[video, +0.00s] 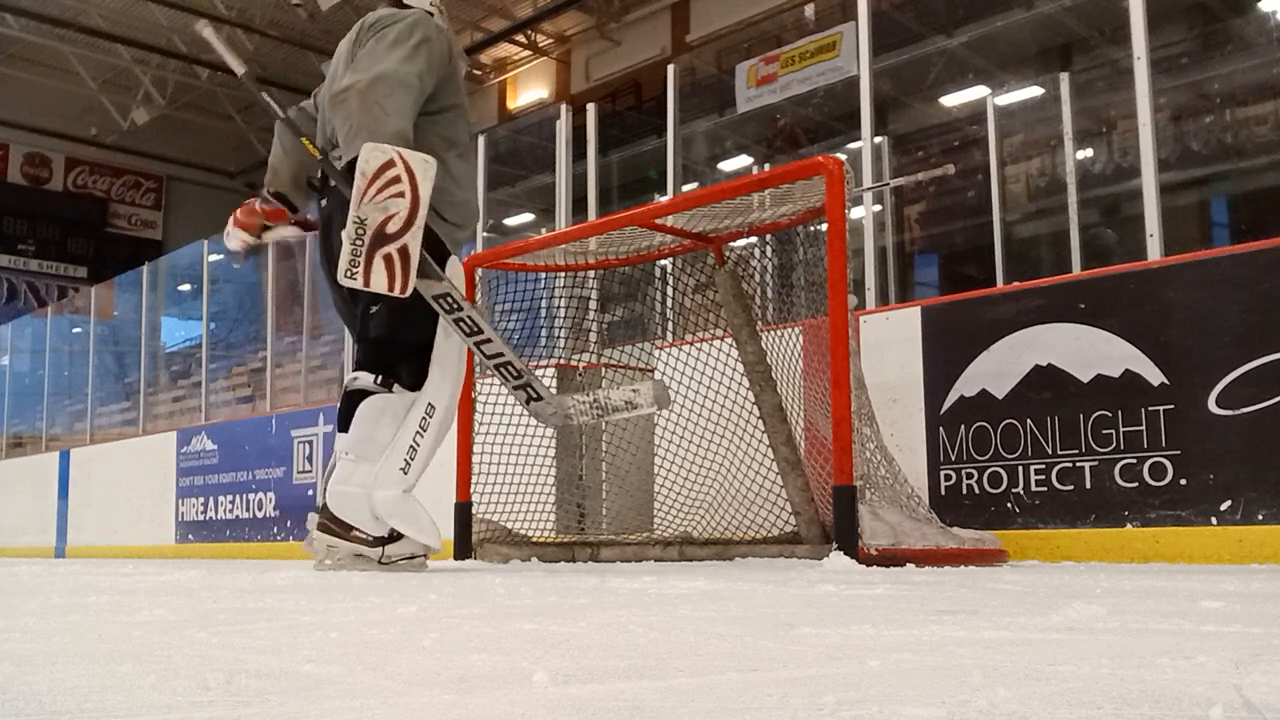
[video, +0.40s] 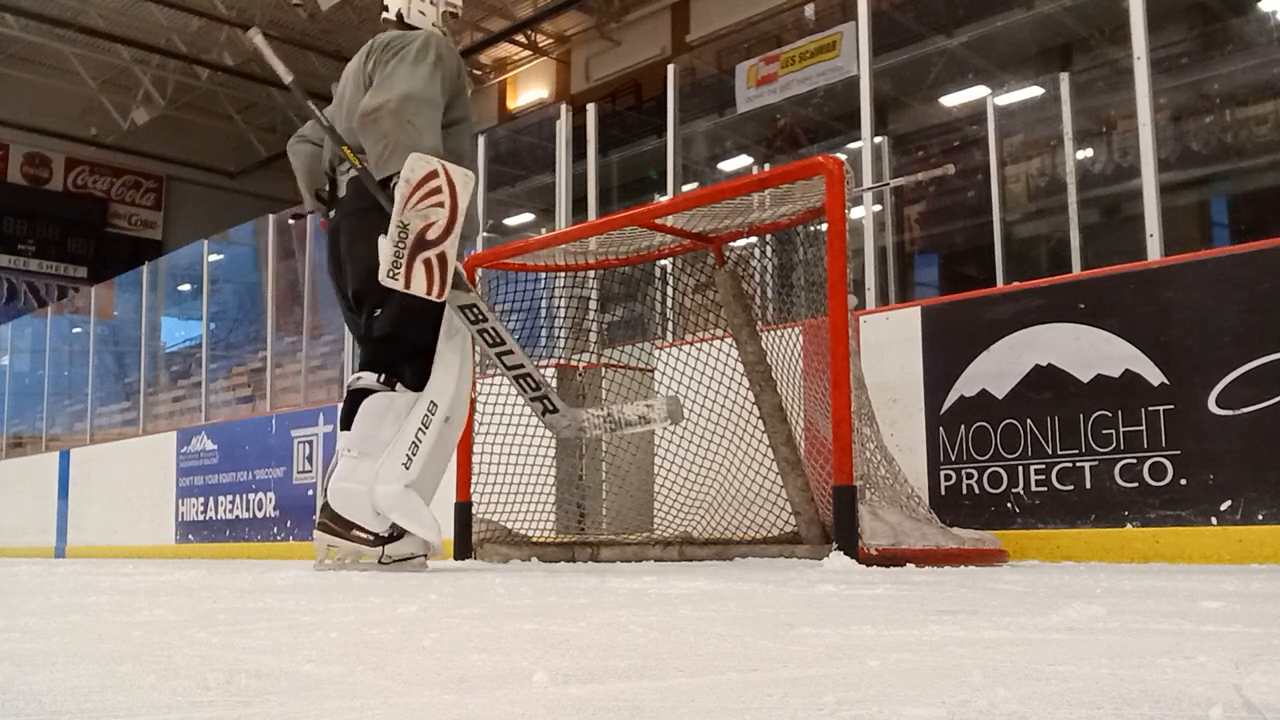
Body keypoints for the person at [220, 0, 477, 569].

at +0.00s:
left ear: (386, 1)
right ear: (430, 2)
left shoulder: (358, 47)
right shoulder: (415, 27)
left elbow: (302, 123)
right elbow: (371, 102)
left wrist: (278, 199)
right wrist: (385, 209)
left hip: (359, 231)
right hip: (404, 232)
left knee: (376, 373)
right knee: (416, 376)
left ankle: (349, 514)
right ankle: (363, 516)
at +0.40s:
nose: (452, 16)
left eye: (451, 11)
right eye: (448, 10)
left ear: (392, 17)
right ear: (428, 13)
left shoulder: (358, 76)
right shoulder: (421, 45)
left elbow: (308, 142)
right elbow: (395, 117)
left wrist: (331, 199)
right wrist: (432, 219)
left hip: (353, 229)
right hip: (398, 223)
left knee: (383, 371)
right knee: (436, 373)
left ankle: (355, 513)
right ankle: (366, 507)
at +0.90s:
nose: (494, 55)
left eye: (495, 48)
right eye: (486, 45)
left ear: (475, 50)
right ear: (457, 42)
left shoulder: (466, 107)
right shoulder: (433, 76)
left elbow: (454, 197)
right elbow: (376, 135)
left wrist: (483, 263)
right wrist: (388, 233)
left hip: (439, 263)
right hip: (429, 260)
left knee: (420, 390)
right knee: (458, 384)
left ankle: (383, 513)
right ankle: (438, 512)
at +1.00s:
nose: (501, 55)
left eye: (505, 48)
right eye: (492, 44)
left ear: (502, 55)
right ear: (462, 43)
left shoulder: (476, 108)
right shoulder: (442, 79)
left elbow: (461, 194)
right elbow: (385, 144)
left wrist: (491, 255)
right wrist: (382, 241)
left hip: (449, 259)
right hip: (439, 255)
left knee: (430, 389)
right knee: (469, 382)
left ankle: (395, 513)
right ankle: (445, 514)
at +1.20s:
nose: (515, 52)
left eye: (522, 46)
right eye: (506, 41)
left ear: (524, 56)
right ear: (480, 42)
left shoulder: (498, 113)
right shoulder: (462, 80)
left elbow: (478, 201)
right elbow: (401, 147)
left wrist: (515, 257)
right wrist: (400, 227)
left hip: (469, 265)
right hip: (455, 260)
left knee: (450, 392)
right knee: (503, 382)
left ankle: (422, 520)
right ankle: (473, 522)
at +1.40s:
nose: (523, 41)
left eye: (532, 34)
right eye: (513, 32)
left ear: (543, 43)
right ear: (493, 38)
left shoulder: (535, 109)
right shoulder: (473, 79)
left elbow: (531, 189)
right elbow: (419, 148)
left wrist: (534, 264)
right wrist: (409, 231)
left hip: (512, 268)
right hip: (462, 260)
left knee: (475, 393)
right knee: (495, 392)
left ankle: (439, 516)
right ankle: (493, 531)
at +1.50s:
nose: (525, 32)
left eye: (535, 24)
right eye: (515, 23)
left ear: (548, 35)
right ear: (499, 31)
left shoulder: (549, 110)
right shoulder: (478, 77)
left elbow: (540, 192)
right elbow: (428, 148)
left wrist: (541, 260)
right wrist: (409, 236)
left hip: (525, 267)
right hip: (469, 257)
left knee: (510, 397)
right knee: (492, 396)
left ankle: (458, 525)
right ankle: (474, 526)